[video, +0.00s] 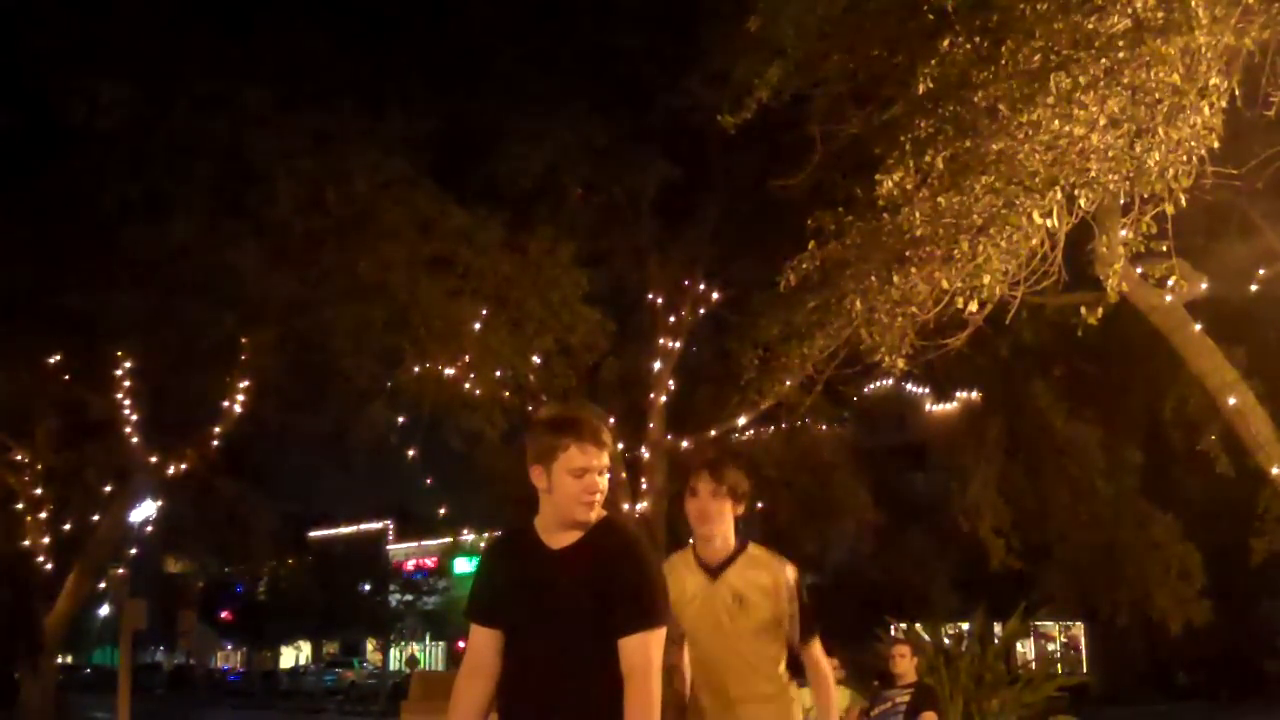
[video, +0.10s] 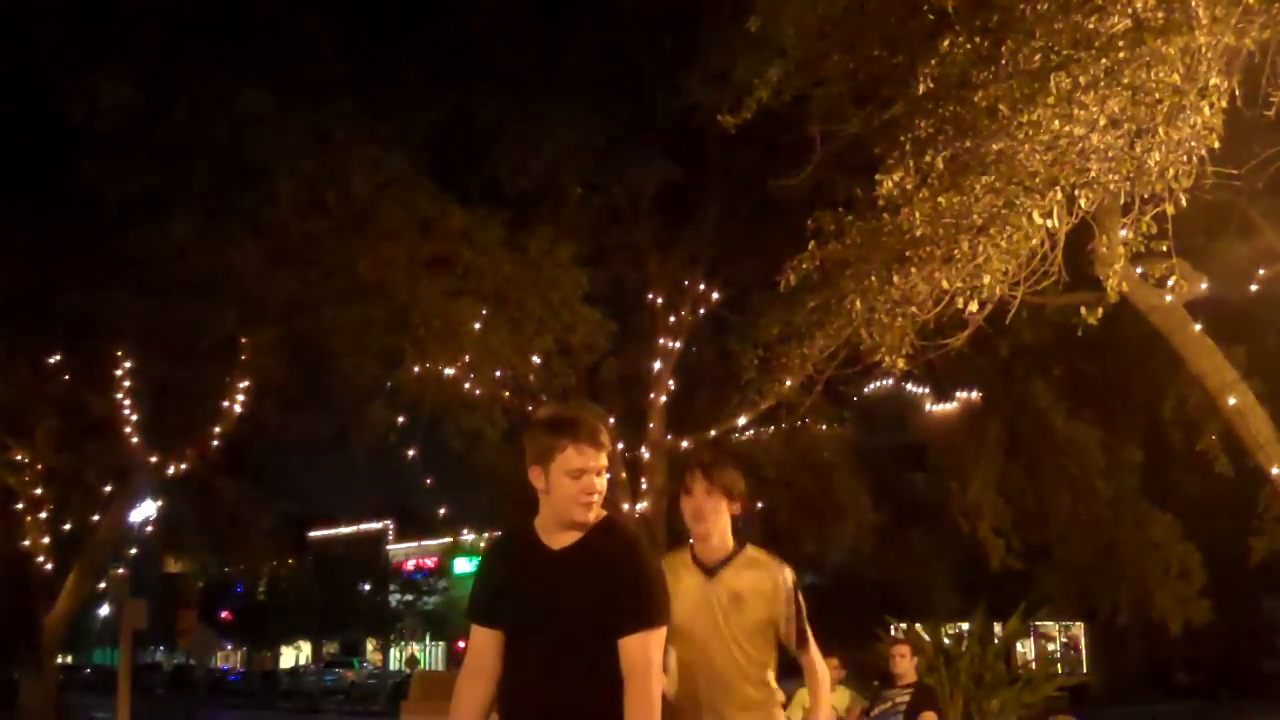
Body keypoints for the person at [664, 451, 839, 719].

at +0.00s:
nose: (703, 505)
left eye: (716, 495)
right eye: (694, 494)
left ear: (738, 505)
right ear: (684, 503)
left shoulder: (778, 573)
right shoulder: (670, 574)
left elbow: (814, 660)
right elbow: (673, 650)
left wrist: (828, 715)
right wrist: (677, 710)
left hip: (773, 710)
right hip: (708, 710)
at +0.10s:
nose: (698, 506)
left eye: (710, 494)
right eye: (689, 494)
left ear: (735, 504)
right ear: (679, 502)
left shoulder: (774, 576)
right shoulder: (664, 574)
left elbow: (813, 664)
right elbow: (652, 661)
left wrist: (820, 713)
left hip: (759, 711)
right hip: (689, 711)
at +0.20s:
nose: (685, 456)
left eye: (695, 443)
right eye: (677, 444)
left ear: (722, 451)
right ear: (668, 453)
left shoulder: (760, 516)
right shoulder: (653, 521)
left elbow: (805, 618)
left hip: (743, 700)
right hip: (673, 700)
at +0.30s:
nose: (666, 412)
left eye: (679, 398)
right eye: (658, 399)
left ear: (707, 404)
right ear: (649, 405)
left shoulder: (746, 465)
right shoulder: (637, 467)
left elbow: (785, 553)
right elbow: (622, 549)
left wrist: (728, 541)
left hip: (722, 639)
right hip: (654, 638)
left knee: (727, 714)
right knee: (650, 715)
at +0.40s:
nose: (647, 396)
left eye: (660, 382)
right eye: (637, 384)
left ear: (690, 386)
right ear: (629, 389)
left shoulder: (726, 445)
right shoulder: (618, 445)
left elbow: (730, 509)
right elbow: (594, 509)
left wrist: (658, 509)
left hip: (715, 625)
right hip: (642, 623)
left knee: (715, 713)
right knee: (639, 715)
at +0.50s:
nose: (622, 418)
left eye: (636, 404)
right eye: (614, 405)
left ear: (668, 405)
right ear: (605, 407)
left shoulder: (705, 462)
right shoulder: (594, 463)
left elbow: (717, 531)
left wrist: (639, 511)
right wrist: (538, 518)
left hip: (697, 631)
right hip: (620, 632)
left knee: (704, 713)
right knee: (627, 715)